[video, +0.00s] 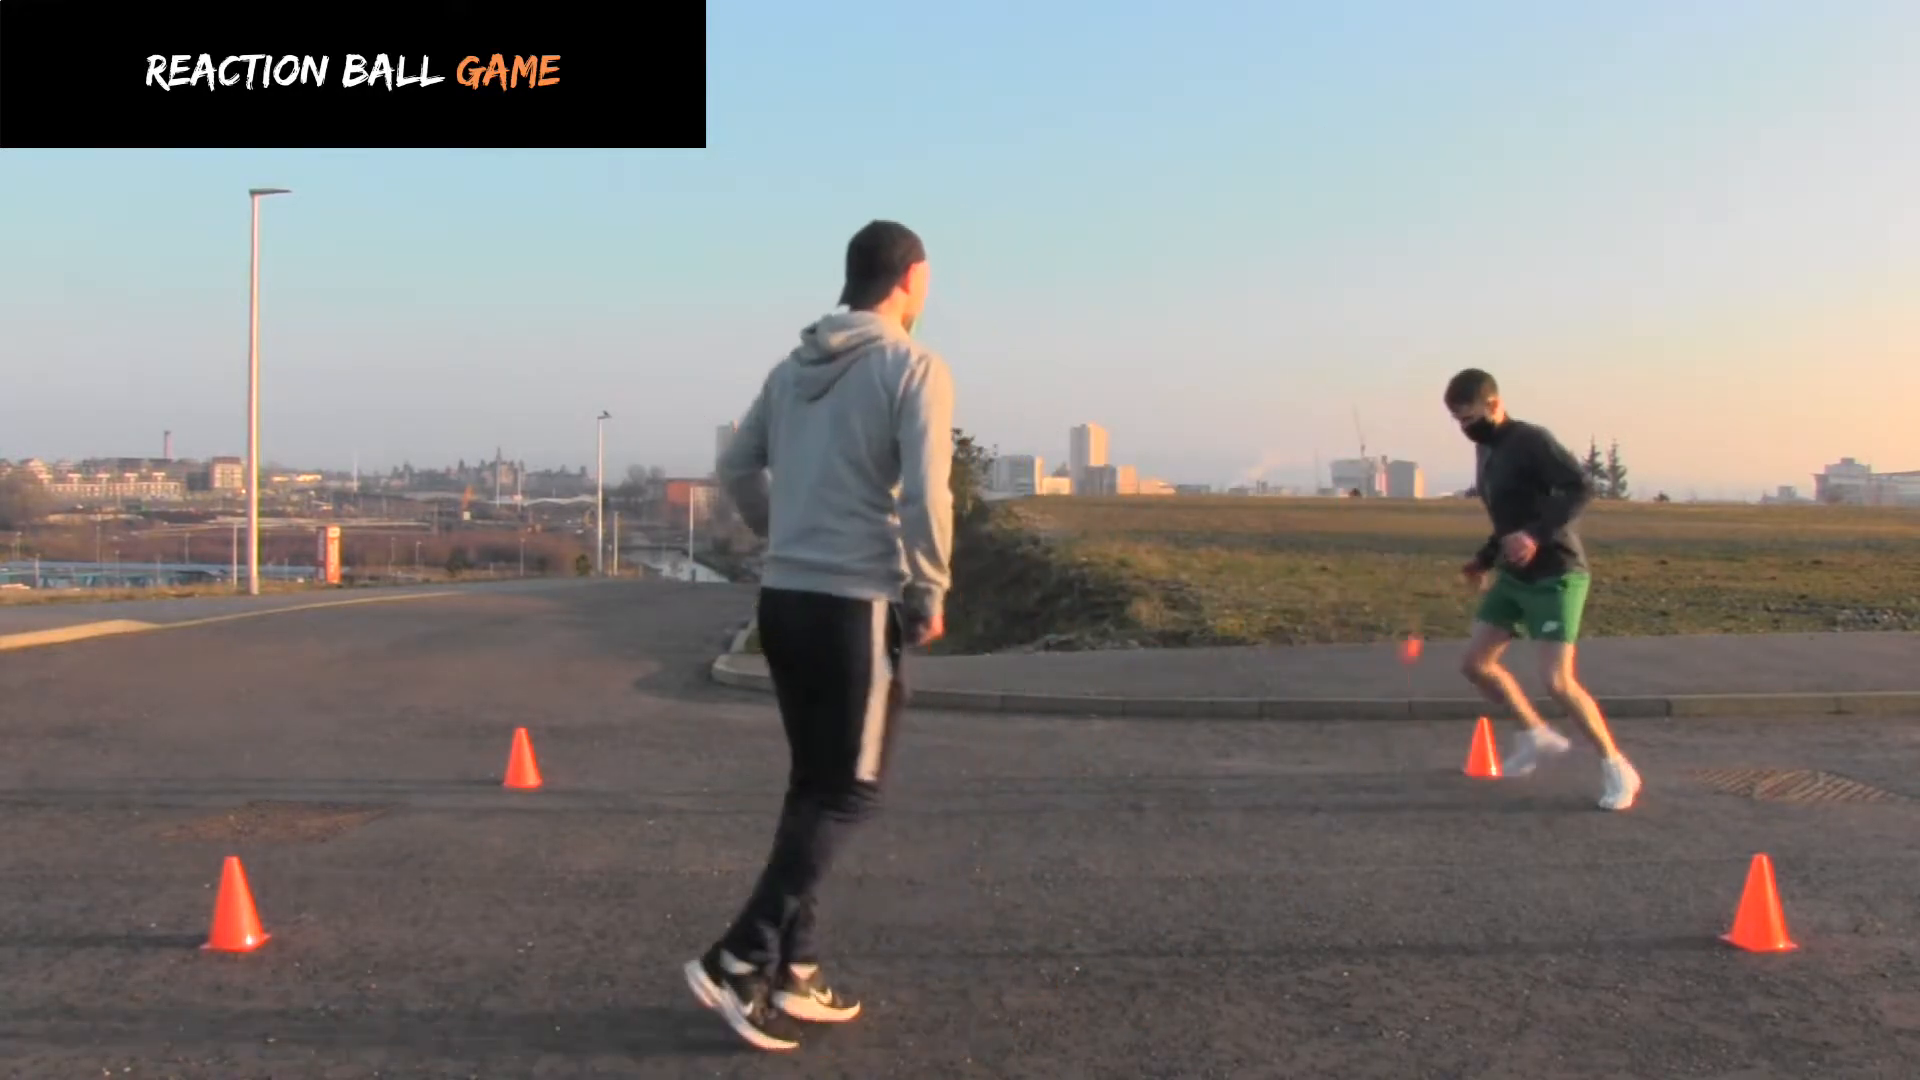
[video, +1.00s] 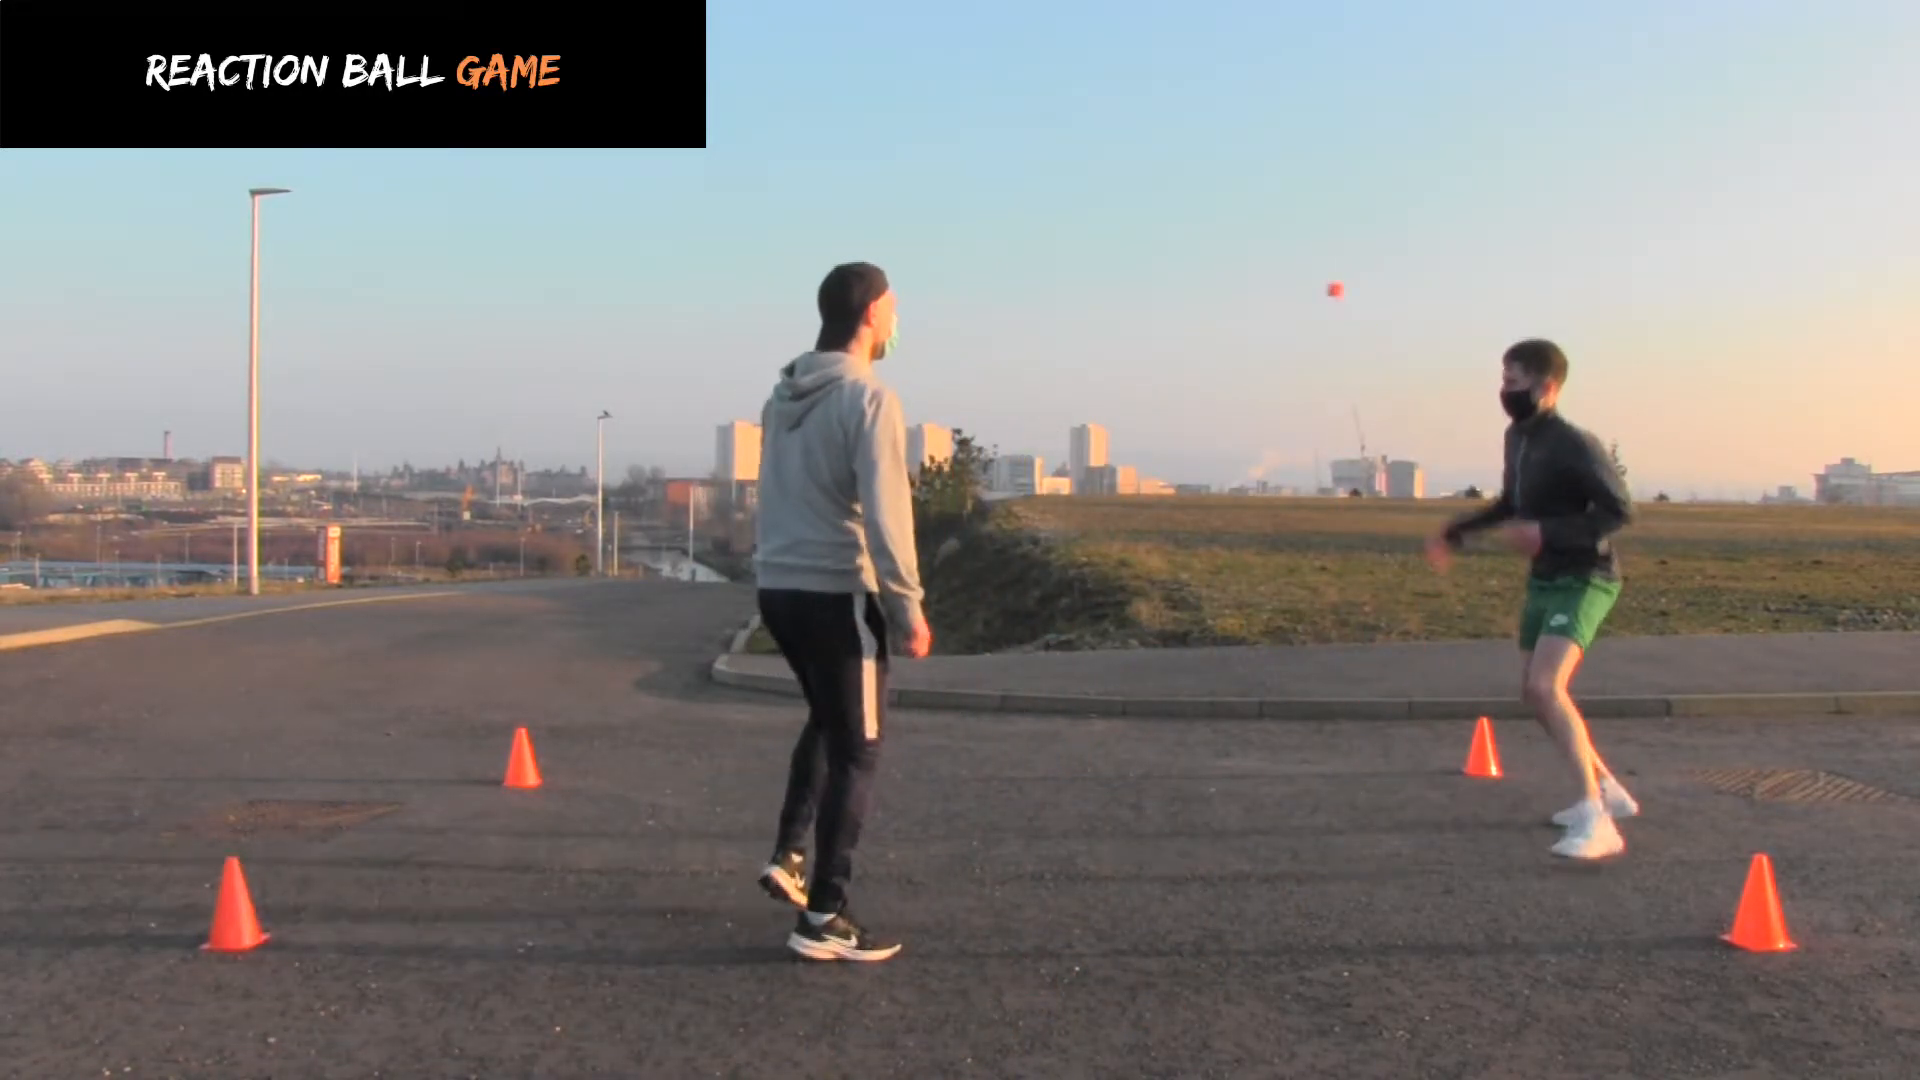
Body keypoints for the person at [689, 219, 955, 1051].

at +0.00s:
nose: (925, 294)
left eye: (922, 280)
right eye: (923, 281)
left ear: (853, 278)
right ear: (907, 281)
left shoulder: (794, 365)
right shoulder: (916, 368)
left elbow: (735, 464)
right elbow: (923, 490)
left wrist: (781, 536)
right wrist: (930, 589)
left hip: (786, 599)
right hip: (857, 603)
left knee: (812, 783)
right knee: (850, 790)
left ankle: (792, 970)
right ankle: (734, 963)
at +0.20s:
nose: (907, 322)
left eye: (905, 307)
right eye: (906, 308)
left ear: (834, 305)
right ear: (888, 309)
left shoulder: (772, 388)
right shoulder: (893, 400)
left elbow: (705, 474)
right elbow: (919, 520)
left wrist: (749, 544)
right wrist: (925, 620)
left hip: (746, 620)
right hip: (818, 630)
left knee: (794, 788)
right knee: (789, 813)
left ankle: (742, 929)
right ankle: (697, 994)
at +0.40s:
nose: (889, 309)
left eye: (885, 296)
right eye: (886, 297)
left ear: (820, 301)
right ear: (868, 303)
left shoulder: (765, 383)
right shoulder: (885, 389)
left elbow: (715, 475)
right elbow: (897, 510)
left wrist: (755, 542)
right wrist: (893, 602)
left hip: (741, 595)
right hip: (810, 605)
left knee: (773, 774)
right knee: (782, 787)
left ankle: (767, 924)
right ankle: (714, 971)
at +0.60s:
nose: (883, 323)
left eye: (881, 310)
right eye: (879, 310)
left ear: (818, 313)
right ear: (859, 314)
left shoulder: (773, 393)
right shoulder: (865, 394)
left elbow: (751, 501)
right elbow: (870, 520)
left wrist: (765, 584)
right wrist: (886, 613)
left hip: (751, 605)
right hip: (814, 610)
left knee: (790, 758)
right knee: (851, 771)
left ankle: (774, 916)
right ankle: (763, 917)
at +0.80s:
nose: (896, 309)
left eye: (894, 295)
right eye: (892, 295)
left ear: (834, 299)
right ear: (869, 300)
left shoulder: (791, 371)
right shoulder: (866, 378)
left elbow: (799, 476)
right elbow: (874, 496)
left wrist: (880, 496)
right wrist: (899, 587)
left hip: (769, 584)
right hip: (825, 589)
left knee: (805, 735)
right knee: (861, 746)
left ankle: (782, 897)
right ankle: (827, 913)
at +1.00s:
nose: (896, 321)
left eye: (894, 308)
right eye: (892, 309)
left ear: (829, 313)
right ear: (871, 314)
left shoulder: (786, 393)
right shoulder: (871, 398)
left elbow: (782, 498)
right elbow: (885, 512)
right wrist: (910, 605)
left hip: (780, 591)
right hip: (837, 596)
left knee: (828, 719)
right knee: (858, 750)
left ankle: (791, 854)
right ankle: (824, 917)